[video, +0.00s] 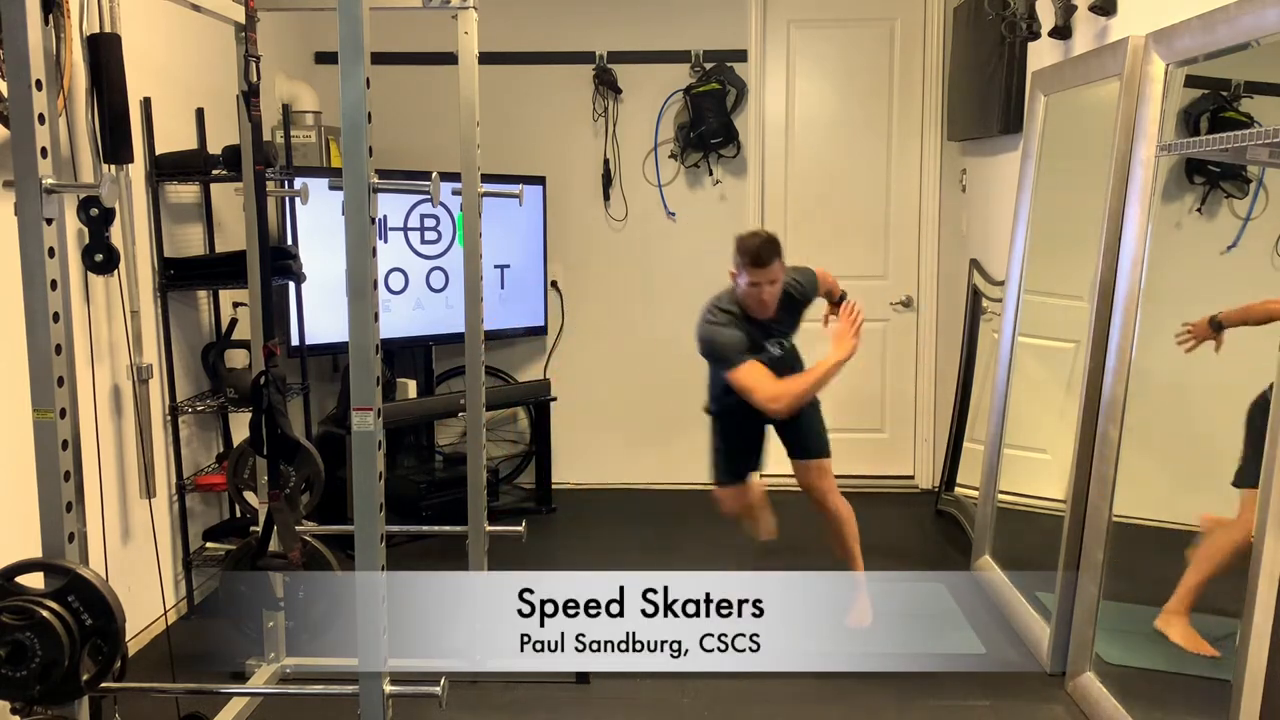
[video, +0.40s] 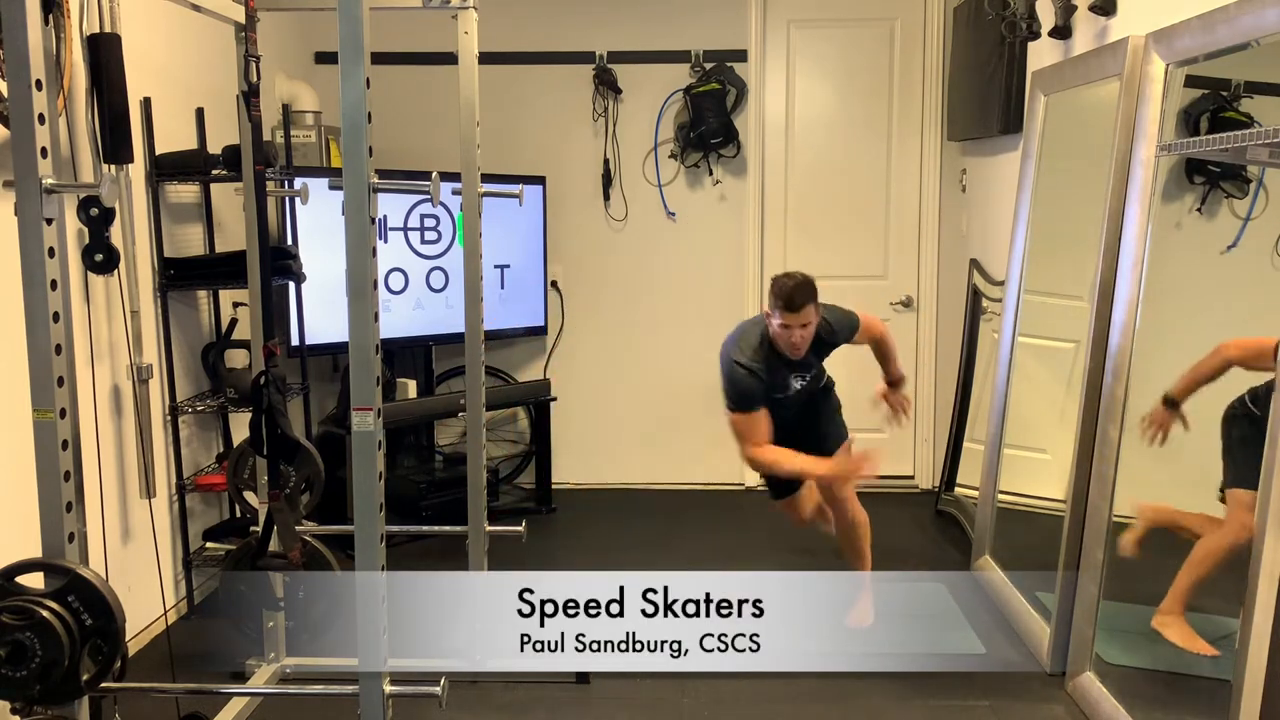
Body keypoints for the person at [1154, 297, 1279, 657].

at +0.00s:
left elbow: (1269, 309)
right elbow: (1270, 308)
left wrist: (1217, 321)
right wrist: (1217, 321)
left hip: (1272, 410)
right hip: (1271, 408)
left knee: (1259, 526)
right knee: (1248, 523)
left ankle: (1220, 532)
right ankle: (1174, 612)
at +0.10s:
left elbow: (1266, 320)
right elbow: (1267, 320)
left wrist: (1220, 326)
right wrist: (1220, 326)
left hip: (1268, 423)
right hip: (1255, 412)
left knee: (1239, 534)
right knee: (1236, 519)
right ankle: (1169, 613)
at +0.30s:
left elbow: (1251, 331)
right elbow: (1251, 331)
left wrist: (1200, 358)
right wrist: (1199, 358)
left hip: (1262, 431)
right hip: (1247, 415)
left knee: (1188, 519)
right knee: (1234, 516)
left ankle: (1106, 514)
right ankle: (1167, 612)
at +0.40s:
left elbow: (1229, 352)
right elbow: (1228, 352)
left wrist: (1172, 402)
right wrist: (1171, 402)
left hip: (1266, 430)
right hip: (1253, 418)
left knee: (1243, 531)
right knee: (1240, 526)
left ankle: (1155, 515)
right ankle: (1169, 613)